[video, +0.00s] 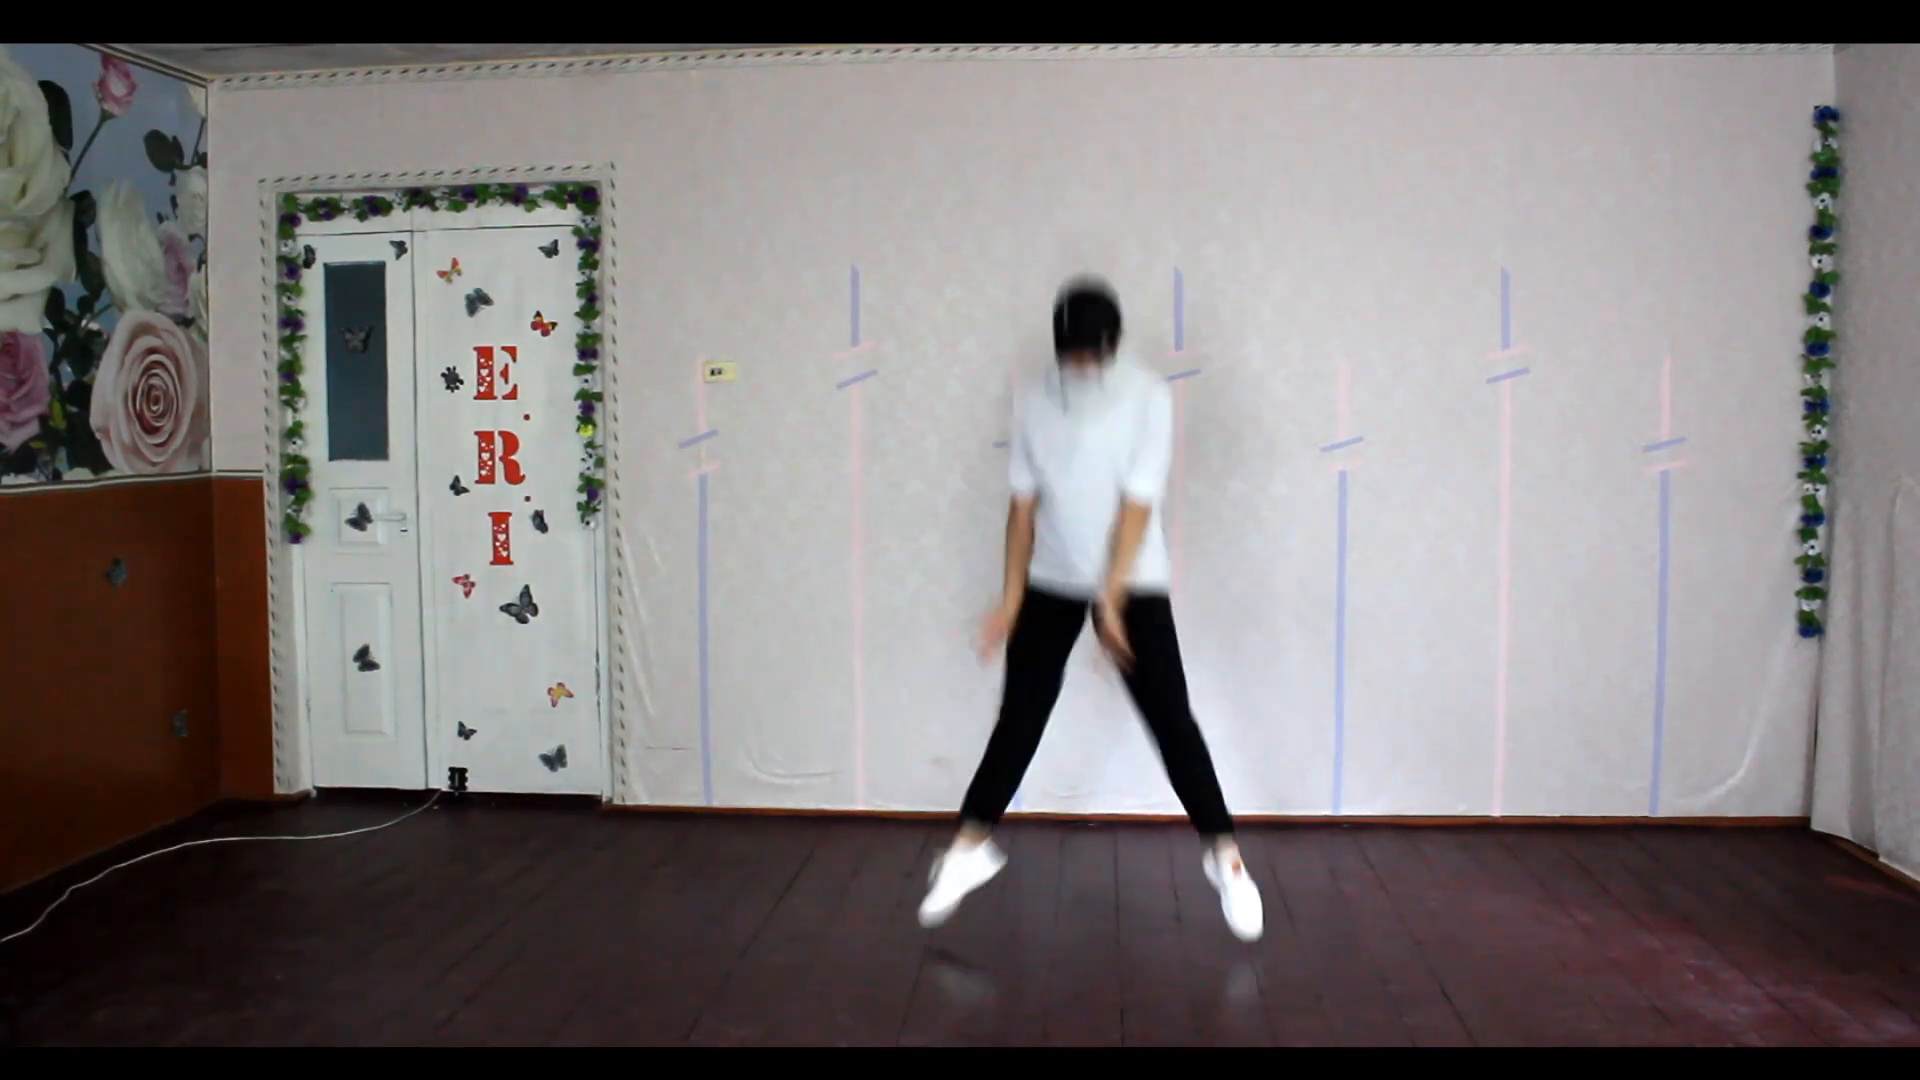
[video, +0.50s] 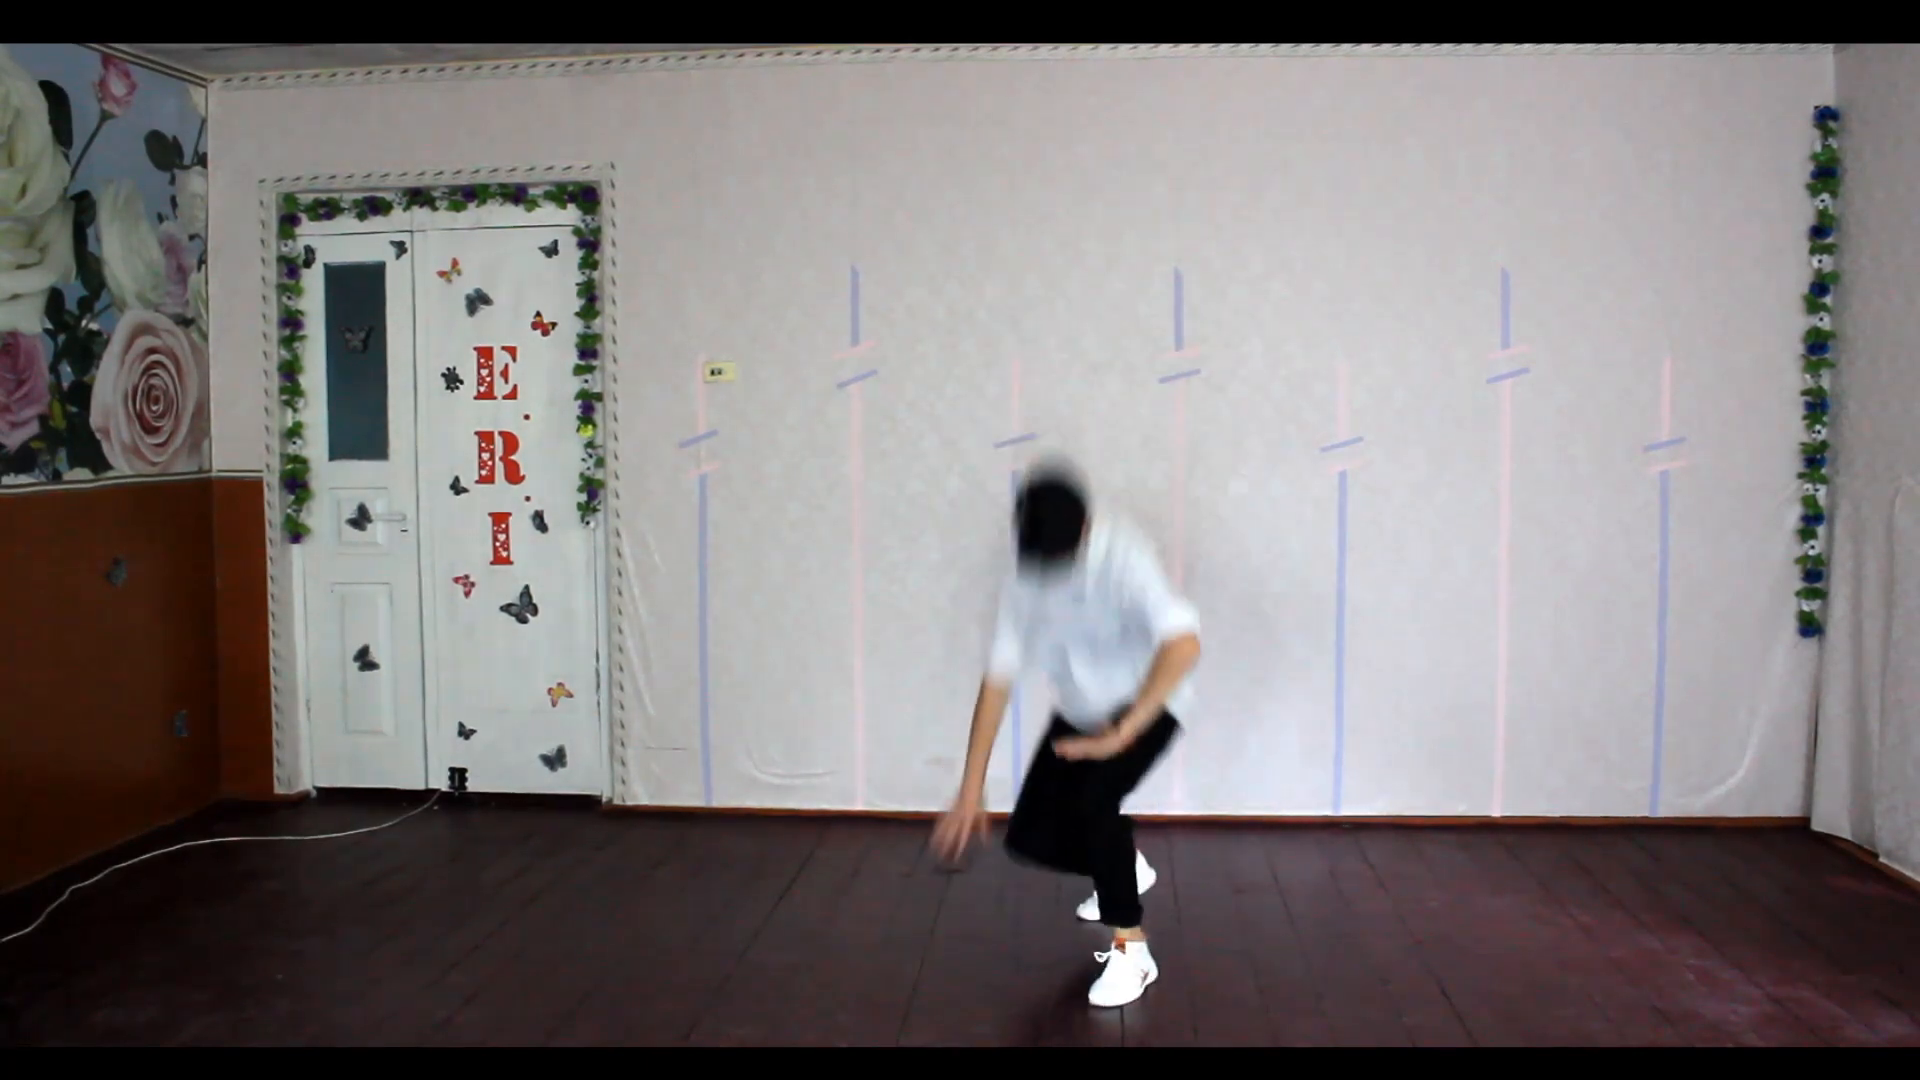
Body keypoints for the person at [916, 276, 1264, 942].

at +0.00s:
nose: (1084, 368)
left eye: (1095, 357)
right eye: (1074, 357)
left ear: (1114, 347)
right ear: (1057, 348)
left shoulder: (1146, 397)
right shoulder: (1036, 395)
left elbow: (1139, 504)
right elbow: (1024, 501)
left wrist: (1111, 600)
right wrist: (1012, 597)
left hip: (1133, 585)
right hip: (1052, 585)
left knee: (1172, 724)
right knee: (1017, 722)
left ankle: (1226, 856)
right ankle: (968, 845)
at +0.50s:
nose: (1051, 567)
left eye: (1059, 557)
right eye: (1040, 558)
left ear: (1083, 532)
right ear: (1024, 538)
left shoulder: (1121, 552)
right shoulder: (1025, 574)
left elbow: (1183, 640)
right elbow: (996, 684)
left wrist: (1121, 734)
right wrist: (969, 794)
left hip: (1141, 715)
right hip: (1076, 716)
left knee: (1094, 804)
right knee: (1030, 836)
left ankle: (1130, 951)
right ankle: (1124, 866)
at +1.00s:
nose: (1051, 799)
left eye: (1057, 787)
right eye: (1034, 793)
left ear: (1071, 752)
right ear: (1008, 761)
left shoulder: (1115, 721)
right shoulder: (1000, 768)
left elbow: (1219, 714)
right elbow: (987, 836)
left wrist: (1166, 778)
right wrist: (981, 930)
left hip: (1158, 809)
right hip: (1080, 823)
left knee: (1123, 797)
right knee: (1011, 931)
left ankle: (1131, 949)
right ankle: (1098, 875)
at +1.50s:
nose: (1047, 551)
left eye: (1054, 539)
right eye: (1035, 543)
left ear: (1071, 515)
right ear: (1018, 529)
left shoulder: (1124, 529)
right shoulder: (1017, 566)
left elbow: (1161, 629)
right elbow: (1000, 674)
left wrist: (1150, 740)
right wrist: (988, 764)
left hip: (1153, 693)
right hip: (1085, 702)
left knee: (1121, 806)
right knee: (1063, 832)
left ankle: (1131, 951)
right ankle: (1126, 868)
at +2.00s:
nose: (1091, 396)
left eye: (1101, 383)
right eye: (1078, 386)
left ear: (1117, 369)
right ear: (1056, 374)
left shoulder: (1152, 425)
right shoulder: (1024, 431)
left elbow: (1167, 529)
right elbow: (1004, 523)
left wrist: (1068, 539)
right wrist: (1073, 542)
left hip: (1125, 639)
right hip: (1043, 636)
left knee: (1116, 779)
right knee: (1050, 782)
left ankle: (1116, 917)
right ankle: (1064, 923)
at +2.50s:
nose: (1036, 486)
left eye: (1045, 475)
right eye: (1025, 477)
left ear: (1064, 455)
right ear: (1006, 460)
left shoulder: (1099, 494)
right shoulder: (995, 500)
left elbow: (1116, 595)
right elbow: (949, 548)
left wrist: (1102, 599)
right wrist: (858, 552)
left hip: (1110, 680)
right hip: (1021, 680)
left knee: (1187, 801)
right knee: (922, 794)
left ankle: (1246, 931)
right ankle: (912, 913)